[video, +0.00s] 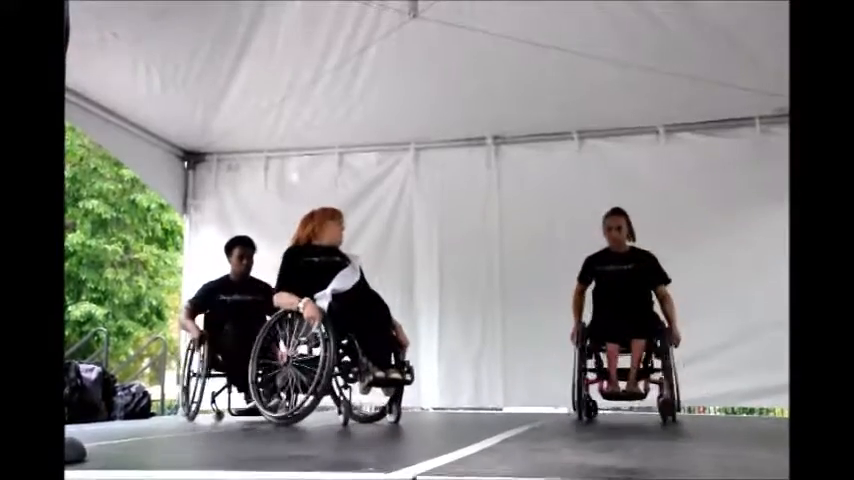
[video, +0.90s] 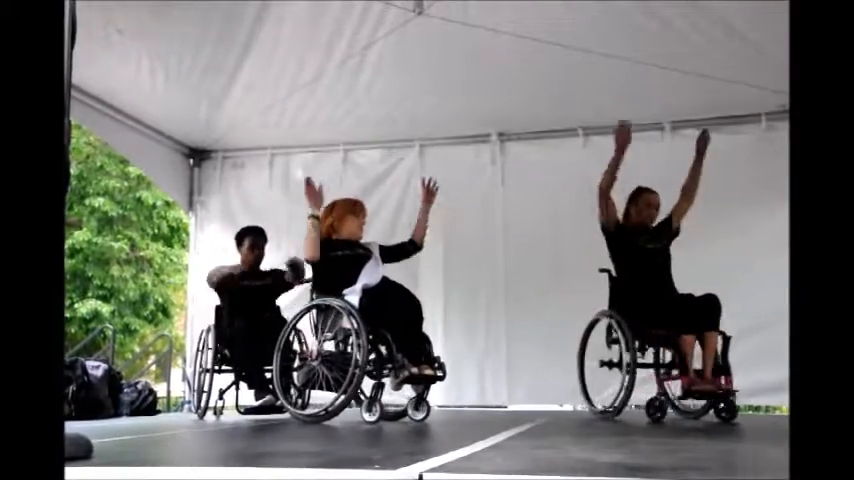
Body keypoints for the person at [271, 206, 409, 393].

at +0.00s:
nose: (342, 229)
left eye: (342, 225)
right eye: (338, 225)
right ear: (319, 227)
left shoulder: (345, 259)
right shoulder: (296, 254)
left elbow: (367, 293)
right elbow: (279, 296)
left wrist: (394, 326)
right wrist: (302, 303)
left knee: (375, 308)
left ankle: (382, 366)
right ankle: (376, 367)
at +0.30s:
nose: (354, 226)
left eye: (353, 222)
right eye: (349, 222)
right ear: (330, 224)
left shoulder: (354, 255)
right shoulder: (308, 250)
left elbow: (379, 287)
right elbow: (301, 292)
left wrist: (412, 316)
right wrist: (322, 304)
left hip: (369, 303)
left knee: (391, 307)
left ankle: (399, 363)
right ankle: (390, 364)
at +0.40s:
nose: (355, 224)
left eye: (354, 220)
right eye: (350, 219)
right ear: (332, 223)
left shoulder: (355, 255)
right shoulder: (310, 250)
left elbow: (382, 286)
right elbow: (303, 292)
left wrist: (416, 305)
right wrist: (325, 299)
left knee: (397, 306)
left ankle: (399, 363)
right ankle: (388, 365)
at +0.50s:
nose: (358, 222)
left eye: (357, 218)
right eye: (352, 218)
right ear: (334, 222)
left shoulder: (360, 255)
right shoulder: (313, 250)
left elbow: (396, 281)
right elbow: (306, 286)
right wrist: (329, 278)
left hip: (369, 303)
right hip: (332, 311)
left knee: (400, 304)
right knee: (381, 308)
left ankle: (406, 362)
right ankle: (388, 364)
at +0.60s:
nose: (356, 231)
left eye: (358, 226)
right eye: (351, 226)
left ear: (358, 226)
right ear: (332, 227)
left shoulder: (364, 255)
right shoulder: (315, 248)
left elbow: (408, 270)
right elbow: (308, 276)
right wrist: (326, 258)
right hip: (332, 311)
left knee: (401, 304)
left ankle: (409, 361)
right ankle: (394, 363)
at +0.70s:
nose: (361, 220)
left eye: (361, 216)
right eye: (356, 216)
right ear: (339, 220)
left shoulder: (367, 252)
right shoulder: (319, 244)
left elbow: (411, 256)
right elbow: (310, 261)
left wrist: (431, 230)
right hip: (336, 305)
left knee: (403, 306)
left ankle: (414, 362)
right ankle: (402, 363)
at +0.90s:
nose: (363, 221)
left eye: (363, 217)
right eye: (357, 216)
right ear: (337, 221)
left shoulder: (370, 251)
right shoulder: (325, 248)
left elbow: (414, 246)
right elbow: (310, 256)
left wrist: (425, 207)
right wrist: (314, 212)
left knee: (409, 306)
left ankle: (419, 361)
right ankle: (412, 362)